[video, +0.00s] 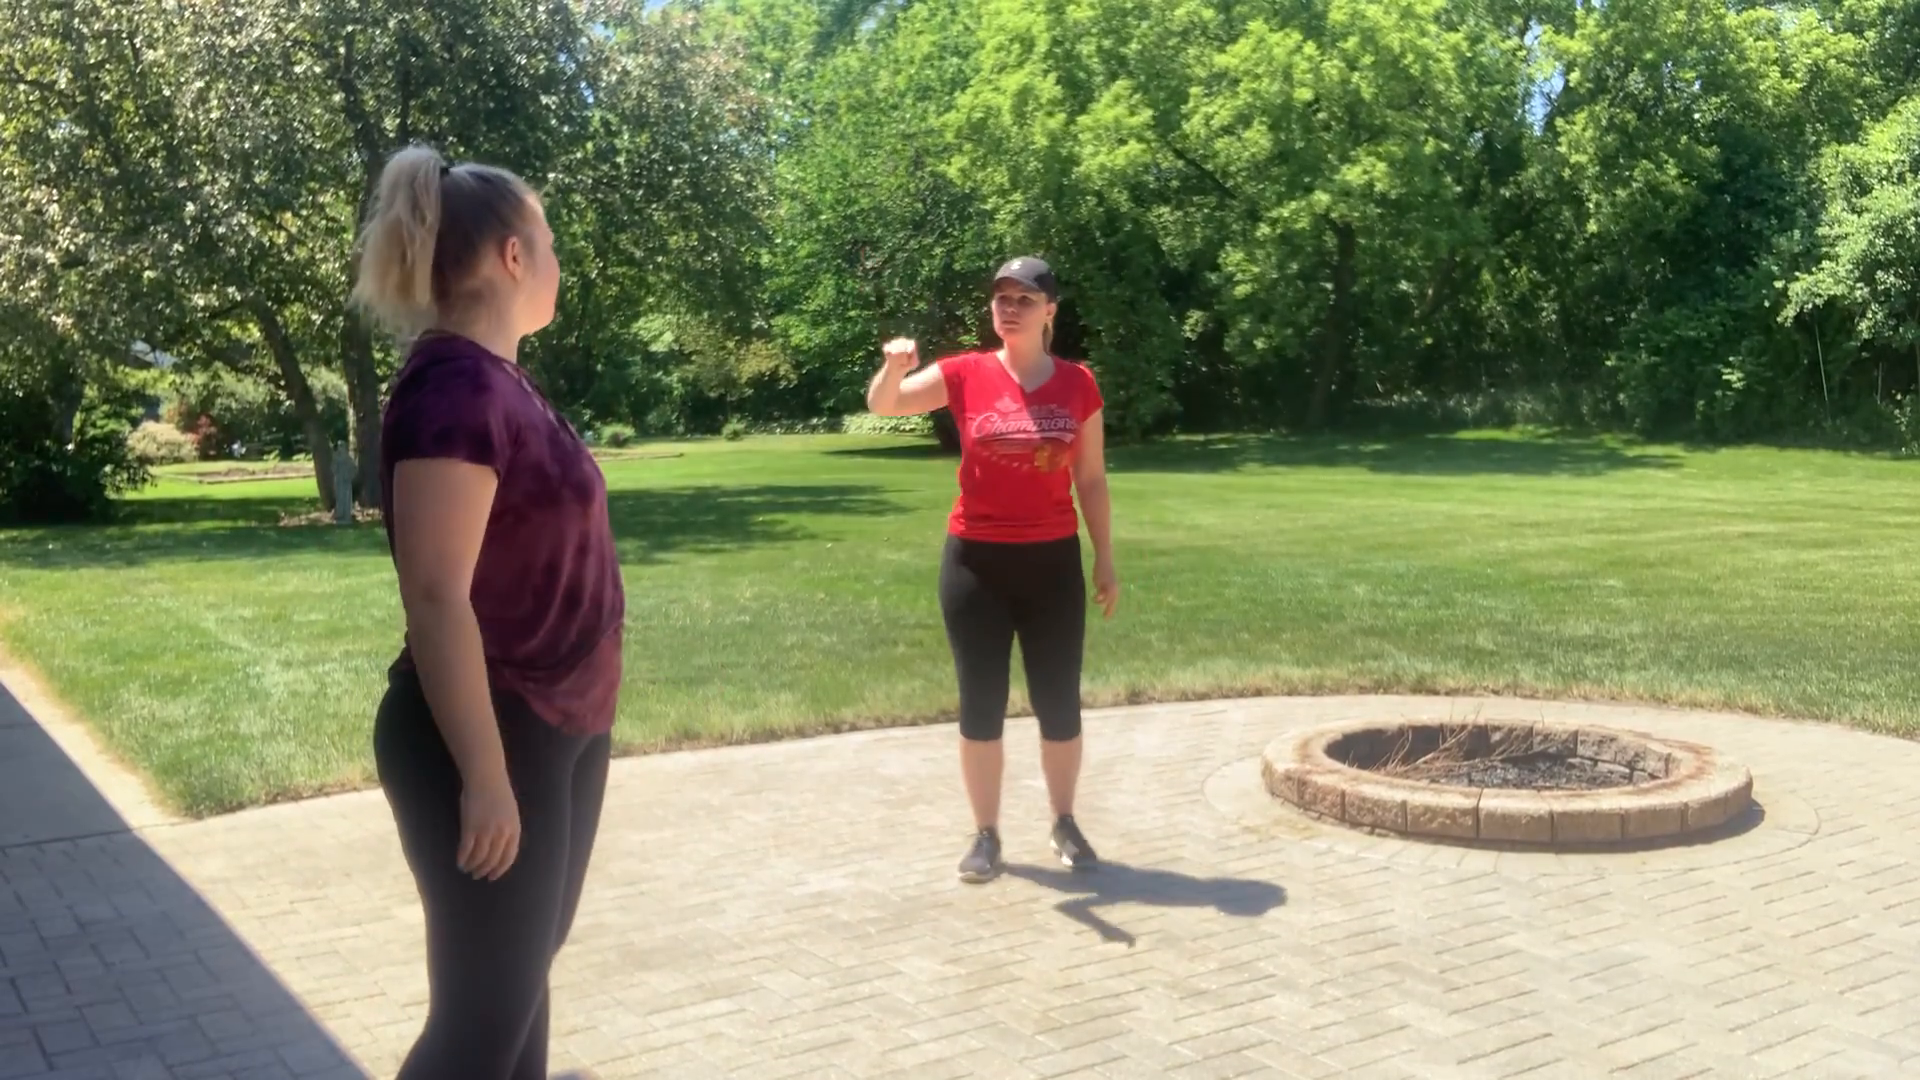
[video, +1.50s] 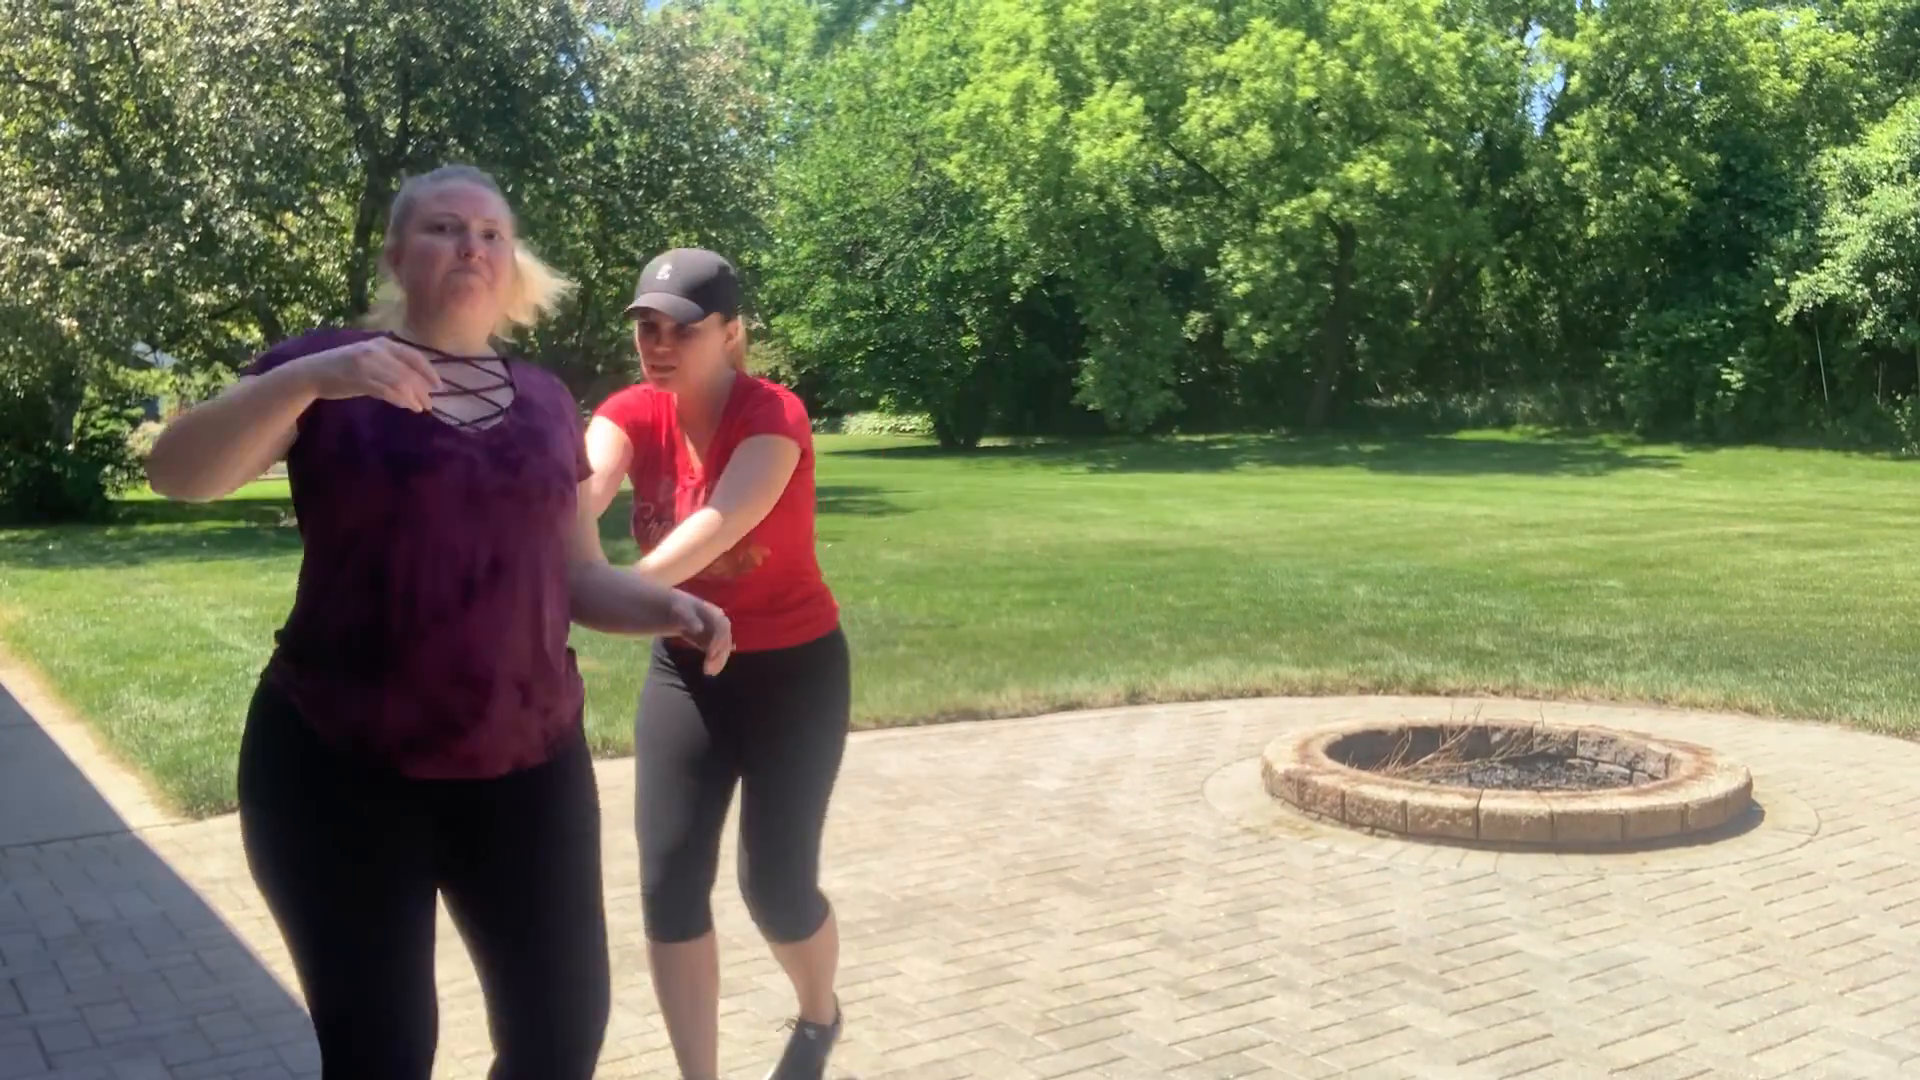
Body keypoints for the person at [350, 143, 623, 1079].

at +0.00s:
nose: (557, 263)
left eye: (551, 241)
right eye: (546, 241)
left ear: (475, 264)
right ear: (506, 257)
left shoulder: (492, 381)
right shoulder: (456, 389)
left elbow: (481, 586)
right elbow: (435, 596)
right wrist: (484, 775)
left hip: (547, 729)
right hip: (494, 734)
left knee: (517, 1007)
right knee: (481, 1026)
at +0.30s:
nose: (571, 263)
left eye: (565, 241)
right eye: (559, 241)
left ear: (503, 263)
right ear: (513, 259)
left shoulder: (526, 372)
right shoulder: (453, 384)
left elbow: (546, 550)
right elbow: (426, 596)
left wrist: (618, 657)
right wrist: (483, 767)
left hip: (574, 726)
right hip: (491, 734)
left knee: (531, 998)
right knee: (475, 1023)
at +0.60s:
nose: (587, 268)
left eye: (582, 248)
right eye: (576, 250)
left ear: (525, 263)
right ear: (529, 263)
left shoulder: (560, 365)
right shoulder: (446, 386)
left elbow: (614, 497)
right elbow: (397, 569)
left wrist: (697, 594)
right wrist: (516, 726)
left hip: (592, 730)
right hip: (481, 742)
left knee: (546, 989)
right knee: (468, 1025)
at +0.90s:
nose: (607, 284)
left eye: (606, 264)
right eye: (602, 263)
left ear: (537, 268)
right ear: (559, 266)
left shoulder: (570, 376)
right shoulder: (456, 387)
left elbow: (585, 557)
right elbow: (433, 592)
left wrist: (656, 665)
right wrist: (507, 755)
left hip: (590, 732)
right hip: (481, 738)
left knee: (546, 998)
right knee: (471, 1022)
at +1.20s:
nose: (604, 275)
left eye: (606, 254)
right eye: (581, 254)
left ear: (603, 258)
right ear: (504, 260)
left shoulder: (593, 371)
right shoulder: (443, 370)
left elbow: (606, 553)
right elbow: (388, 543)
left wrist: (674, 651)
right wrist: (449, 645)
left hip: (573, 721)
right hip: (442, 719)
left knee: (541, 1005)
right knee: (459, 1011)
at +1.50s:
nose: (469, 245)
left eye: (491, 234)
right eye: (443, 228)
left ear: (513, 269)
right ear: (393, 257)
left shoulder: (543, 397)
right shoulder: (322, 365)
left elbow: (574, 578)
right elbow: (176, 473)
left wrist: (670, 606)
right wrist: (310, 378)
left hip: (525, 758)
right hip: (343, 759)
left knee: (561, 1039)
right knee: (381, 1055)